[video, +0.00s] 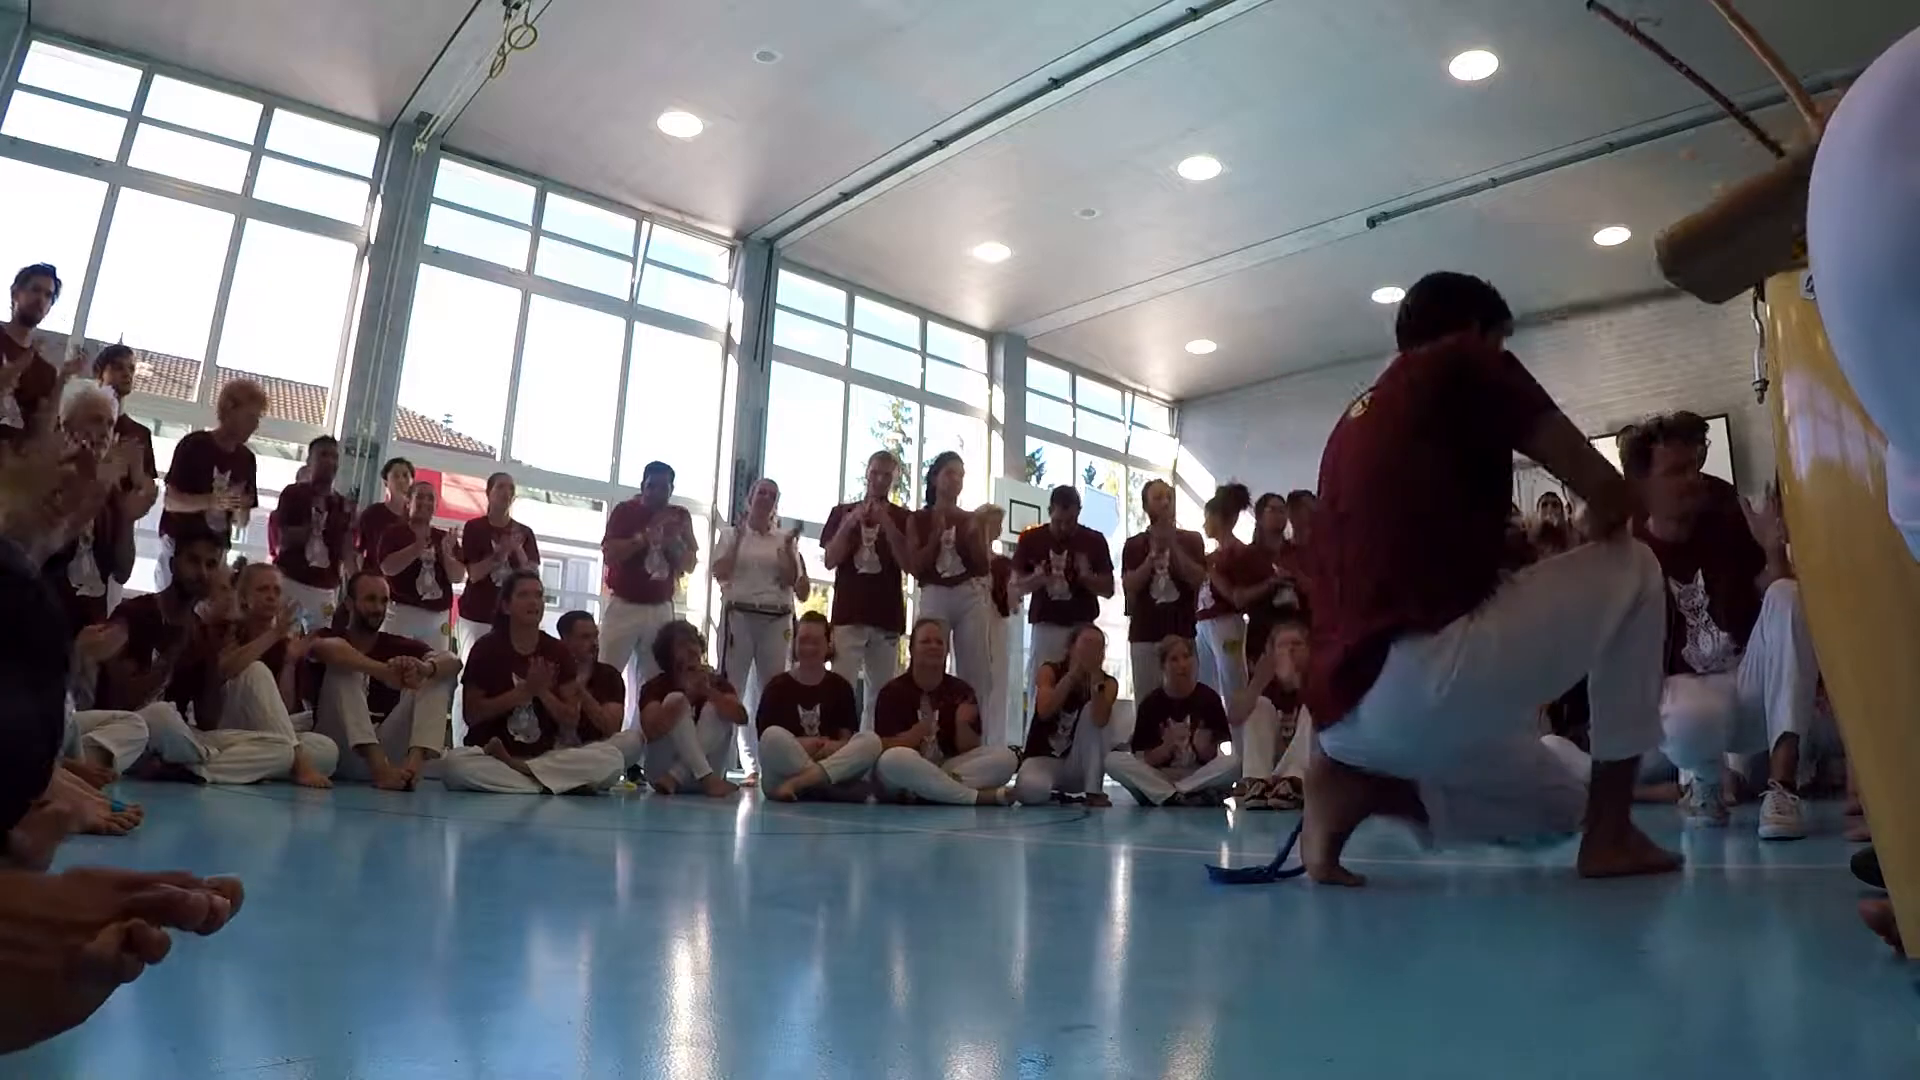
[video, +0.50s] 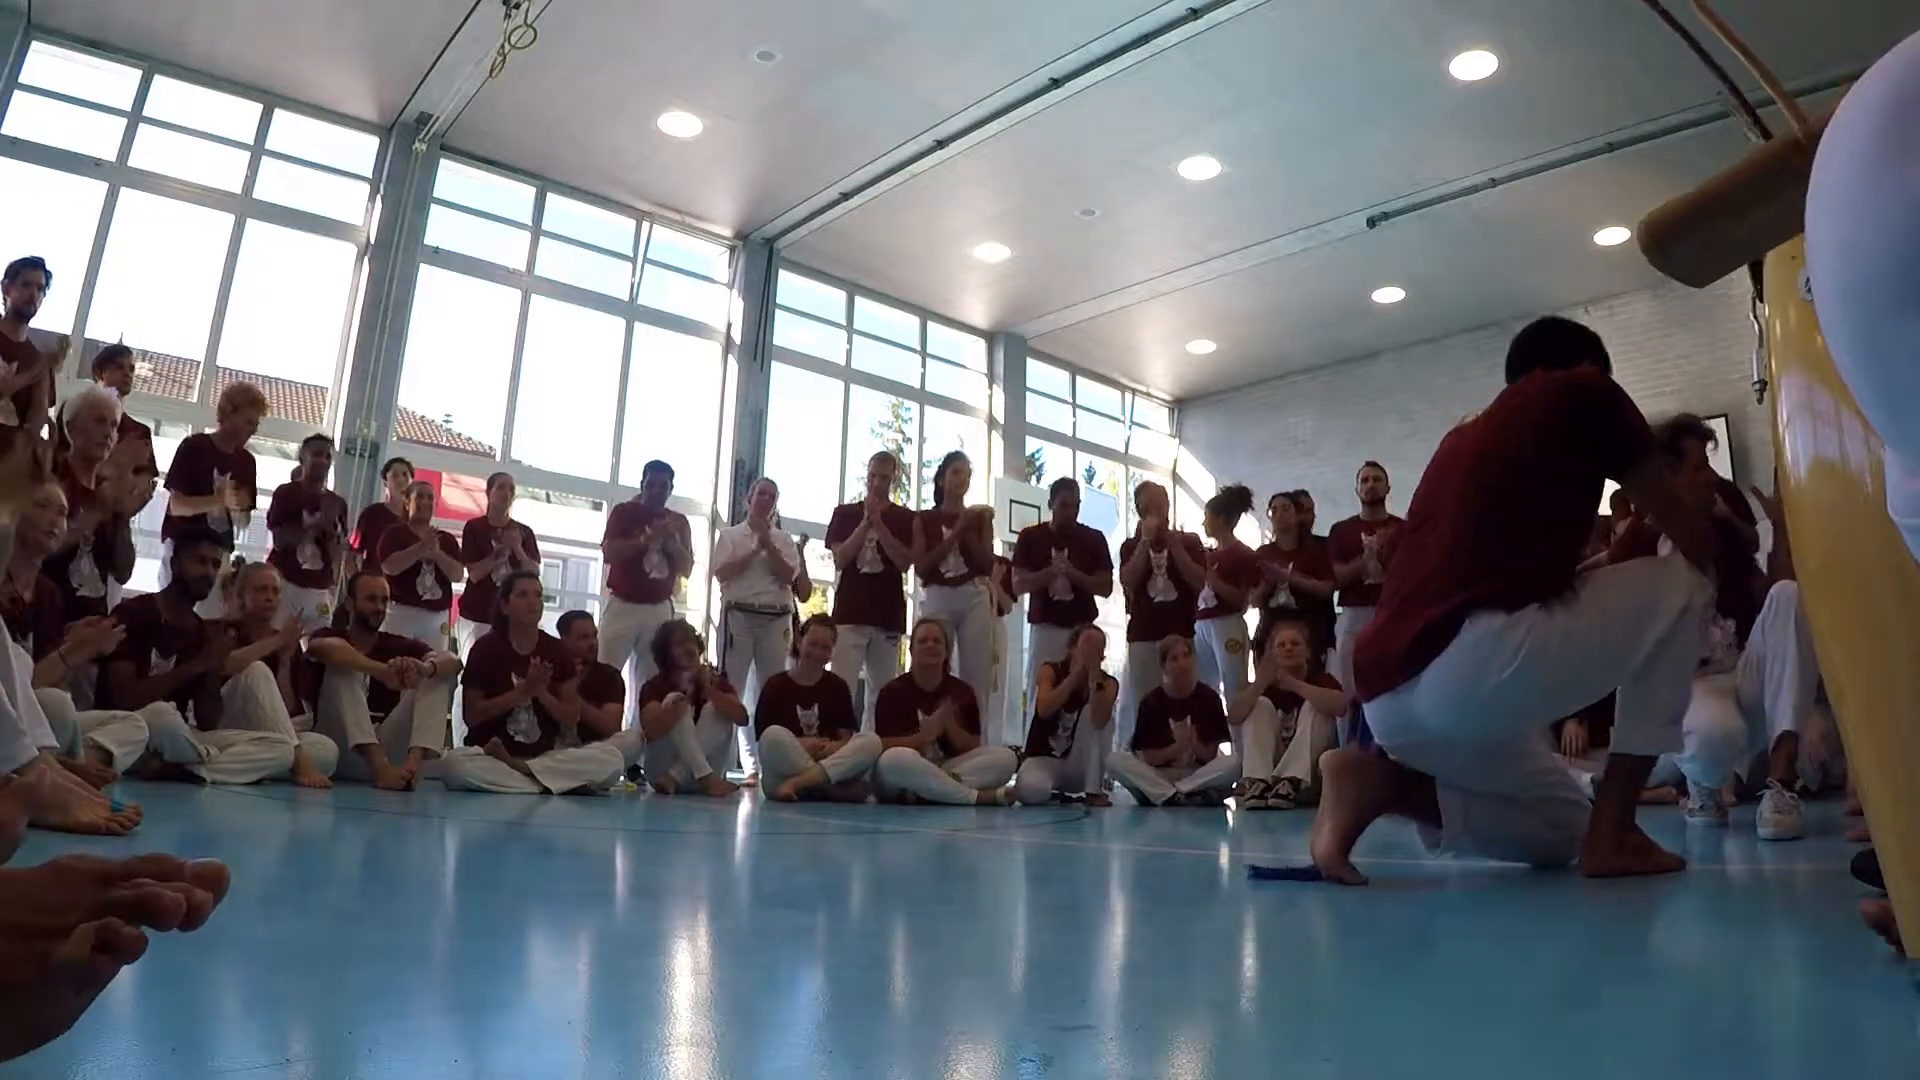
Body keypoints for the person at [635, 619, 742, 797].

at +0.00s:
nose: (690, 649)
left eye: (693, 642)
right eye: (681, 646)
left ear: (701, 646)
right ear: (668, 655)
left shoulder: (716, 682)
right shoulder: (654, 687)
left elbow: (741, 717)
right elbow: (650, 731)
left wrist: (708, 692)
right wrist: (689, 696)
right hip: (664, 773)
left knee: (716, 706)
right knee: (676, 700)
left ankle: (675, 777)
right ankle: (708, 777)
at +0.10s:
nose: (691, 649)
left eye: (694, 642)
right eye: (682, 645)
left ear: (701, 646)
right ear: (668, 653)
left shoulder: (716, 681)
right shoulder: (654, 686)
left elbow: (741, 716)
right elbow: (651, 731)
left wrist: (708, 692)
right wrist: (689, 696)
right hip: (664, 772)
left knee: (716, 706)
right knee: (674, 700)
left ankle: (675, 776)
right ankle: (708, 777)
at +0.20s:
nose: (690, 648)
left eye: (693, 642)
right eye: (681, 645)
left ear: (700, 645)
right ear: (667, 652)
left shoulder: (714, 681)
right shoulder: (653, 687)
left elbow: (742, 719)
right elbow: (651, 731)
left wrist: (713, 691)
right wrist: (681, 695)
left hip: (709, 771)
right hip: (664, 771)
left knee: (718, 707)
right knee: (674, 701)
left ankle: (675, 776)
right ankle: (707, 777)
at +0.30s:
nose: (690, 648)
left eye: (692, 641)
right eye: (681, 644)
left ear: (699, 644)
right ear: (666, 652)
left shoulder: (714, 680)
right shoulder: (653, 687)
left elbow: (742, 717)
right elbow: (650, 731)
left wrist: (710, 689)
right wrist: (684, 697)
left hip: (708, 772)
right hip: (664, 772)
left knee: (718, 706)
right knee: (675, 700)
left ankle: (675, 776)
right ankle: (707, 777)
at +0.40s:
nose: (690, 648)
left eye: (692, 641)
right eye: (681, 644)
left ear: (699, 645)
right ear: (666, 652)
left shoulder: (715, 680)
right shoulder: (653, 686)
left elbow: (741, 716)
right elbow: (651, 730)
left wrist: (707, 689)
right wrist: (690, 696)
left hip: (709, 771)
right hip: (664, 771)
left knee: (718, 705)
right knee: (675, 700)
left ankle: (675, 776)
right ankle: (707, 777)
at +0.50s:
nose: (689, 647)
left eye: (691, 640)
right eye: (680, 644)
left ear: (698, 644)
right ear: (665, 652)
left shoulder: (715, 680)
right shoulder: (653, 686)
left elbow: (742, 718)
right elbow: (650, 731)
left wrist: (708, 689)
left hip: (709, 771)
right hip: (664, 771)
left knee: (718, 706)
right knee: (676, 701)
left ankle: (675, 776)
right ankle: (707, 777)